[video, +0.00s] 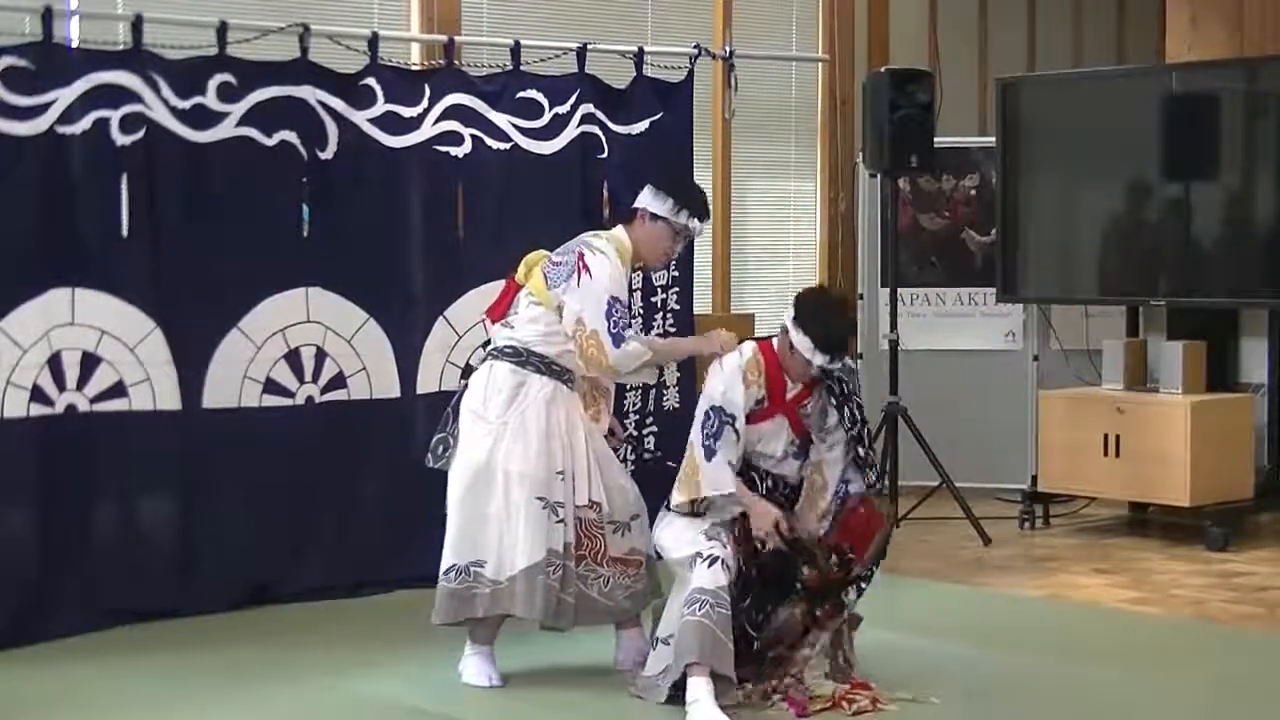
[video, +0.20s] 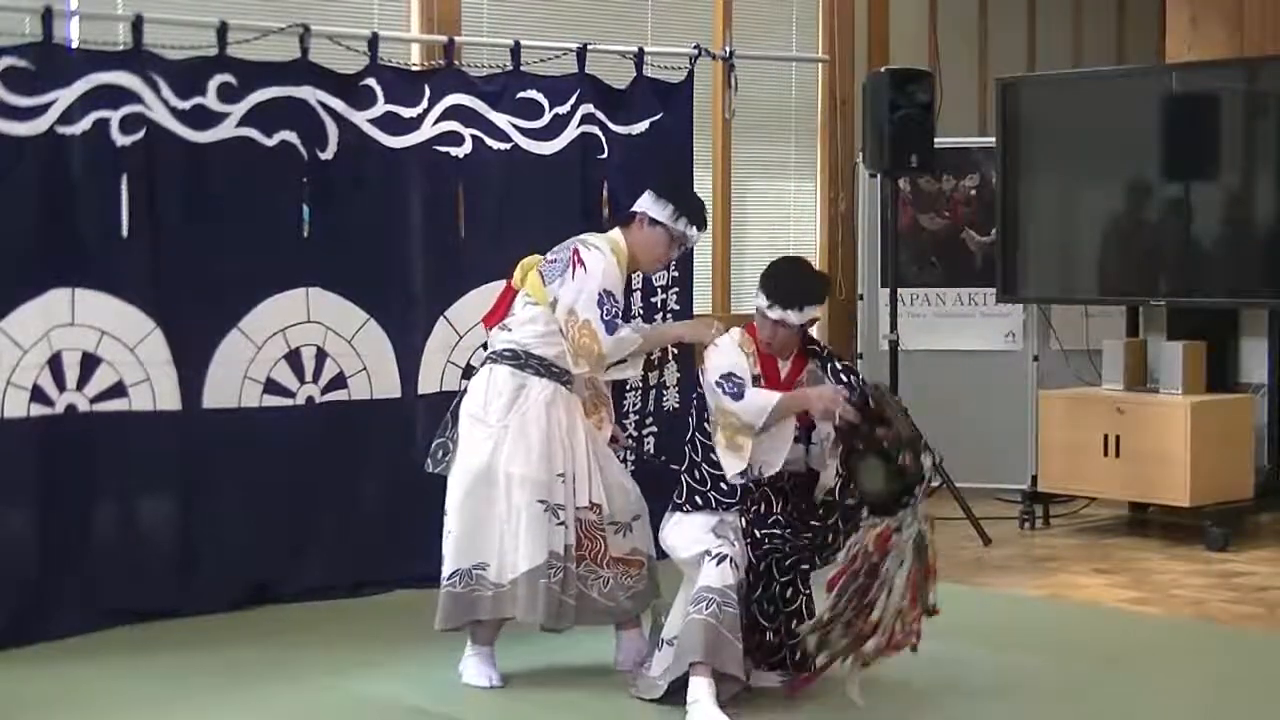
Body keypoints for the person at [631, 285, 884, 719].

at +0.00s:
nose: (815, 371)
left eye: (824, 364)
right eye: (809, 360)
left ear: (837, 354)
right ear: (788, 337)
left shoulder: (831, 386)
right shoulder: (737, 370)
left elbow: (833, 459)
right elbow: (711, 456)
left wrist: (808, 521)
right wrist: (751, 504)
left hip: (781, 516)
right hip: (709, 508)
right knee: (712, 565)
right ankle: (699, 688)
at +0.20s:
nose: (775, 332)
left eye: (788, 325)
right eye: (772, 321)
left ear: (805, 322)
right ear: (759, 309)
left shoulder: (819, 364)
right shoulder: (726, 351)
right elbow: (739, 405)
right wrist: (807, 398)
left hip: (789, 511)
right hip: (716, 503)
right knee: (722, 562)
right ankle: (700, 690)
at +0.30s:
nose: (803, 332)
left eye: (806, 322)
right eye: (796, 322)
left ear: (807, 318)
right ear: (761, 314)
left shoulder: (785, 363)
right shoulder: (723, 347)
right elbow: (742, 375)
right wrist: (804, 347)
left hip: (759, 514)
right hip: (705, 509)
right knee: (726, 567)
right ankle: (701, 689)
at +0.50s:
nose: (813, 335)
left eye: (824, 327)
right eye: (807, 323)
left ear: (831, 329)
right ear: (782, 315)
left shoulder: (827, 357)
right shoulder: (730, 348)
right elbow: (750, 338)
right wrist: (792, 292)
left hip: (763, 504)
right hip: (704, 499)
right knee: (726, 569)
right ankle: (701, 692)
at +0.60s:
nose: (816, 339)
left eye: (824, 330)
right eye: (809, 325)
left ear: (818, 329)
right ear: (779, 318)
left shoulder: (821, 362)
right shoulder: (730, 343)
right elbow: (740, 368)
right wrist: (797, 317)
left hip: (774, 498)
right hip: (711, 497)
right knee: (724, 566)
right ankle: (702, 679)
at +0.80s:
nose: (793, 357)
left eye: (802, 349)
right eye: (786, 346)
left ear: (813, 336)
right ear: (761, 327)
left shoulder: (804, 365)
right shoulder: (720, 357)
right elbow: (737, 422)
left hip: (758, 507)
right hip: (697, 504)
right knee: (736, 550)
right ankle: (691, 680)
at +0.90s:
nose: (793, 368)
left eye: (802, 359)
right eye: (785, 357)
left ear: (815, 347)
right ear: (760, 337)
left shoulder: (808, 377)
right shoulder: (717, 368)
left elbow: (846, 428)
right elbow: (716, 449)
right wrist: (787, 451)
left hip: (765, 514)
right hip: (699, 507)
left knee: (765, 676)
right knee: (732, 556)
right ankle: (691, 682)